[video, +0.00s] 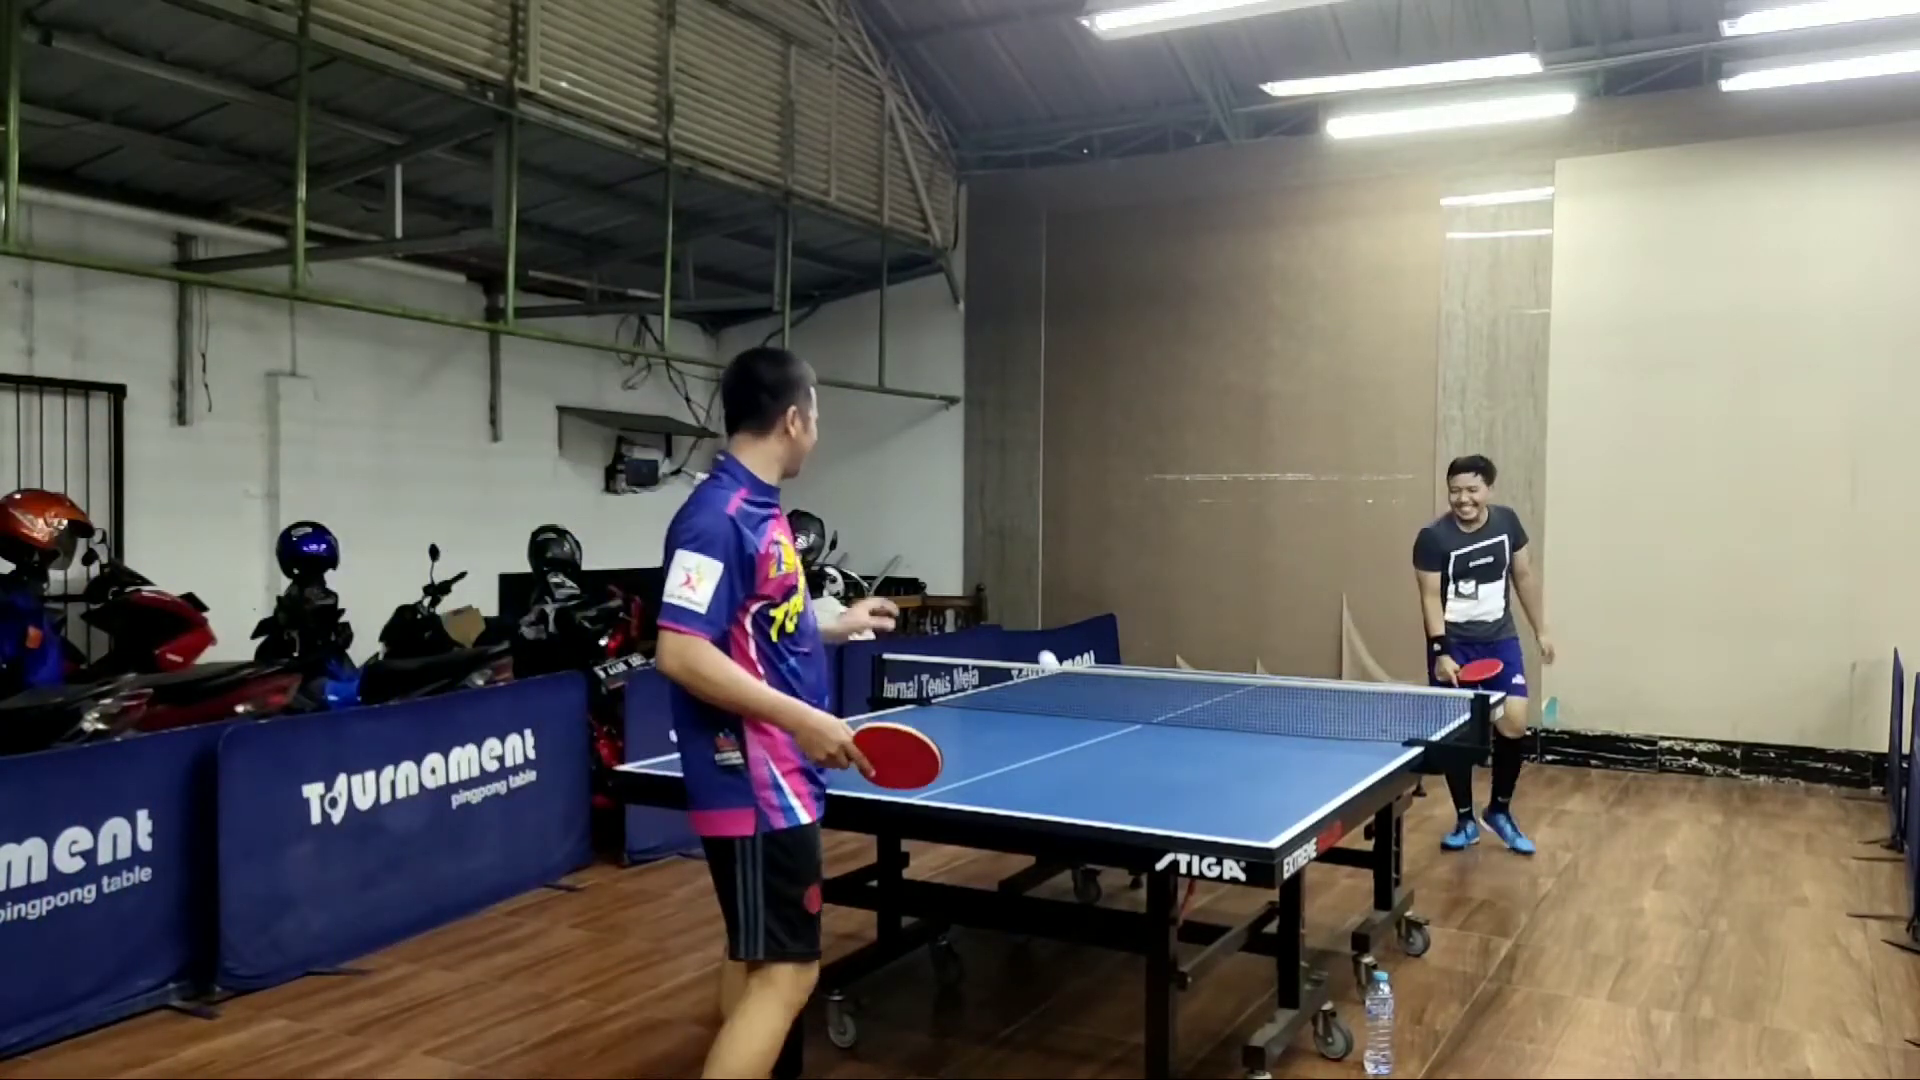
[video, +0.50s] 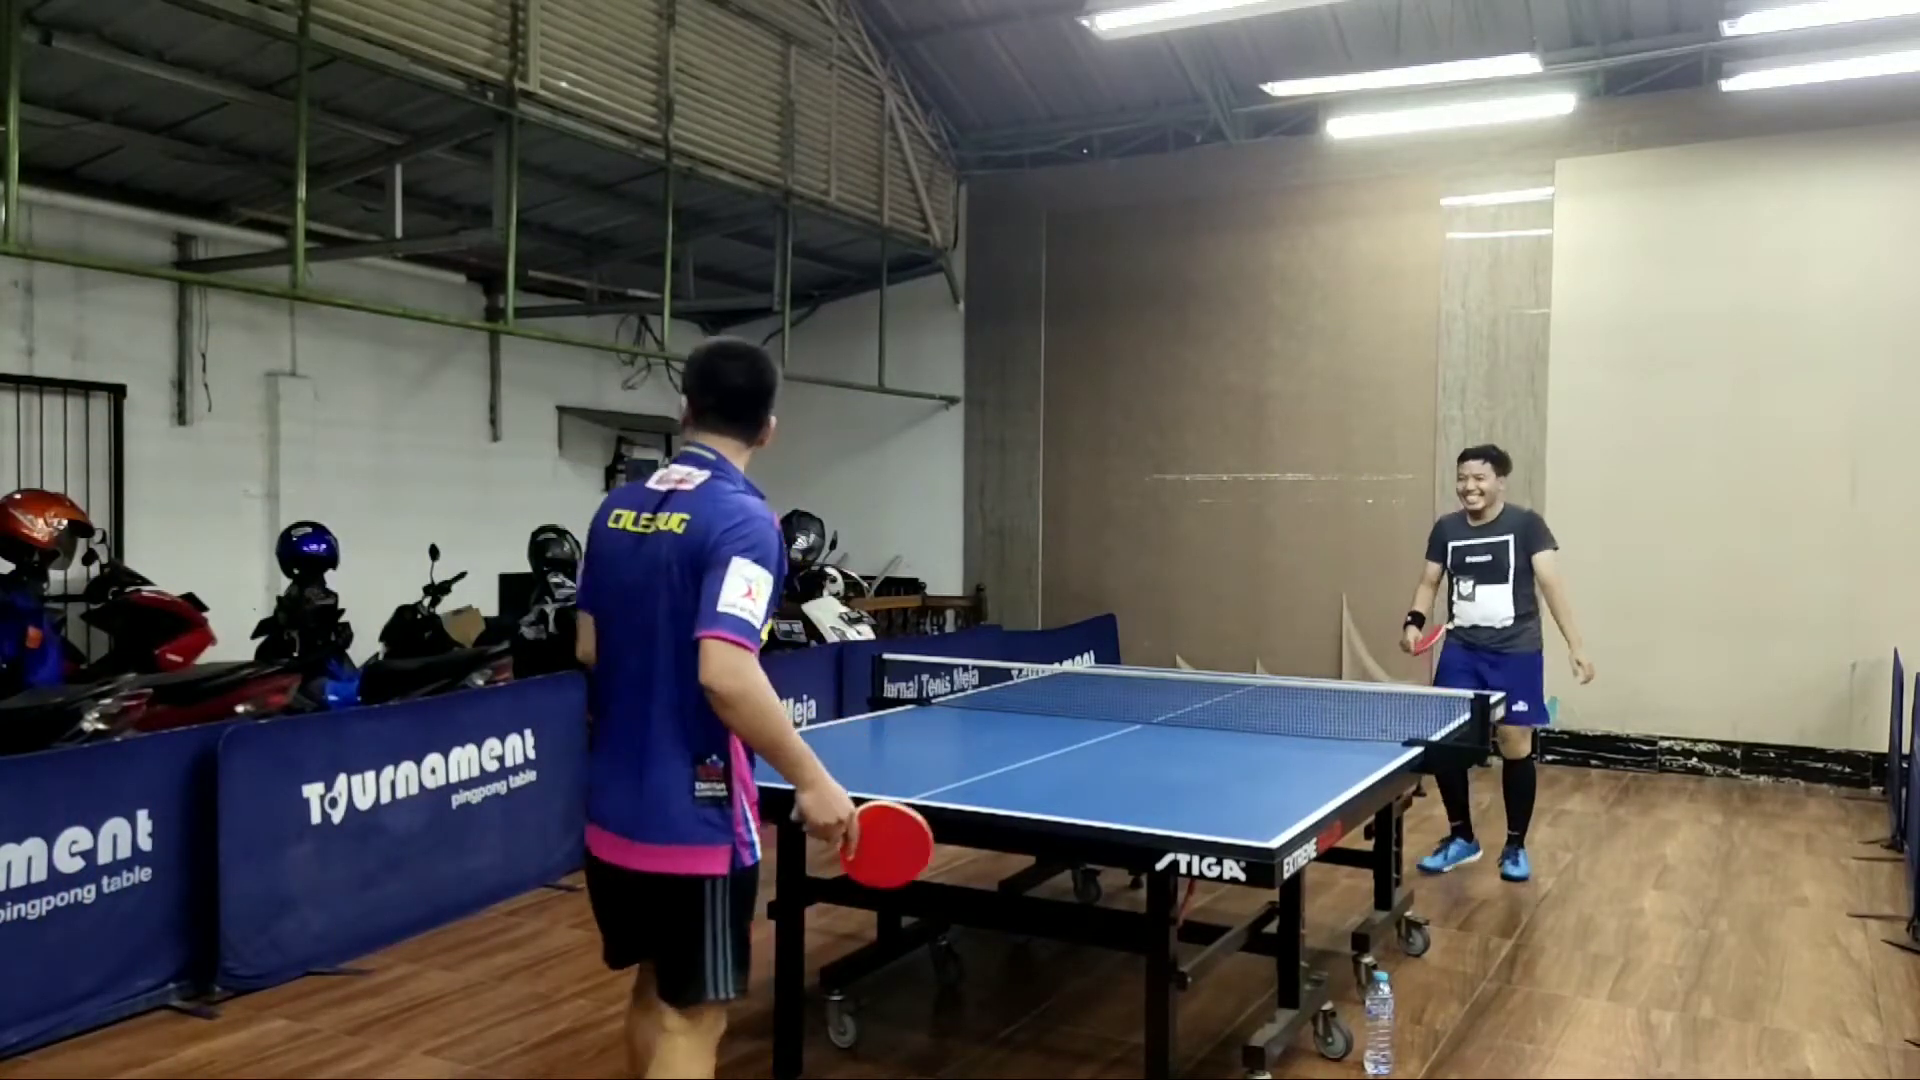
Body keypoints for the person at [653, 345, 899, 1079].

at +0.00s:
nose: (814, 431)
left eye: (812, 415)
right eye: (813, 415)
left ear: (743, 415)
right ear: (794, 419)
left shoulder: (758, 507)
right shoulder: (716, 516)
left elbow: (754, 618)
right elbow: (680, 650)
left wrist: (837, 621)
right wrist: (800, 719)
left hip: (767, 775)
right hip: (749, 786)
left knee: (753, 959)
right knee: (787, 973)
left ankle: (746, 1060)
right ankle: (732, 1072)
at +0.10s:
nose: (806, 428)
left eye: (803, 412)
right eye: (804, 412)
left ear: (733, 414)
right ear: (786, 418)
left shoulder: (750, 506)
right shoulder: (717, 514)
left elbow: (762, 622)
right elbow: (685, 660)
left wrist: (849, 586)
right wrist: (811, 727)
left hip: (768, 780)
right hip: (744, 792)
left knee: (770, 976)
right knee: (765, 987)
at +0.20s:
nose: (798, 431)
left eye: (795, 416)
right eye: (797, 416)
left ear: (721, 414)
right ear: (781, 422)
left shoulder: (737, 508)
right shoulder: (717, 517)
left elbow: (756, 620)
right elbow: (696, 668)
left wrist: (849, 579)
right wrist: (821, 730)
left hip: (757, 789)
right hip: (729, 802)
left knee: (755, 987)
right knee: (737, 998)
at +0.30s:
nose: (793, 431)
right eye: (794, 419)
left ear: (709, 416)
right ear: (785, 428)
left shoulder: (680, 504)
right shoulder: (730, 522)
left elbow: (729, 636)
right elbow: (707, 676)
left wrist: (827, 613)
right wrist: (827, 742)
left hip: (679, 798)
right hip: (713, 811)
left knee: (726, 997)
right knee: (717, 1010)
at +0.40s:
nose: (790, 431)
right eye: (791, 419)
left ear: (701, 413)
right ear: (783, 429)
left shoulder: (646, 506)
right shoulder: (737, 524)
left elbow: (671, 649)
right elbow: (716, 678)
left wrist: (790, 664)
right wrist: (825, 763)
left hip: (639, 806)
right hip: (702, 819)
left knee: (694, 1003)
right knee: (707, 1019)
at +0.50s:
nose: (769, 422)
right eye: (771, 412)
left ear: (684, 410)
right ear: (766, 424)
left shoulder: (619, 505)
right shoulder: (744, 517)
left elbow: (591, 646)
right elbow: (726, 671)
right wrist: (813, 779)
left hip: (616, 807)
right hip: (694, 822)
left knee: (653, 986)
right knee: (692, 1019)